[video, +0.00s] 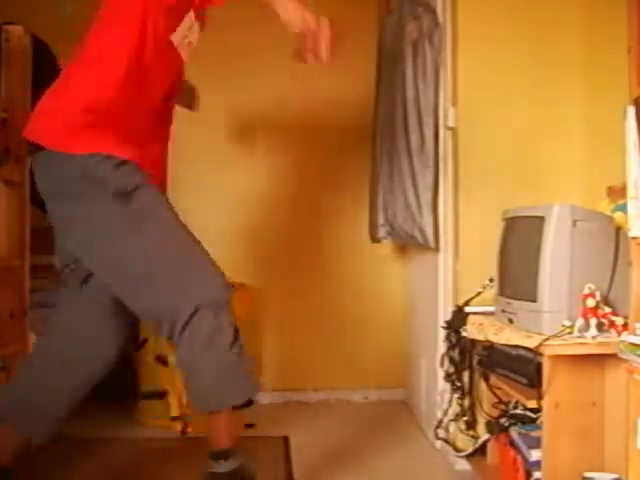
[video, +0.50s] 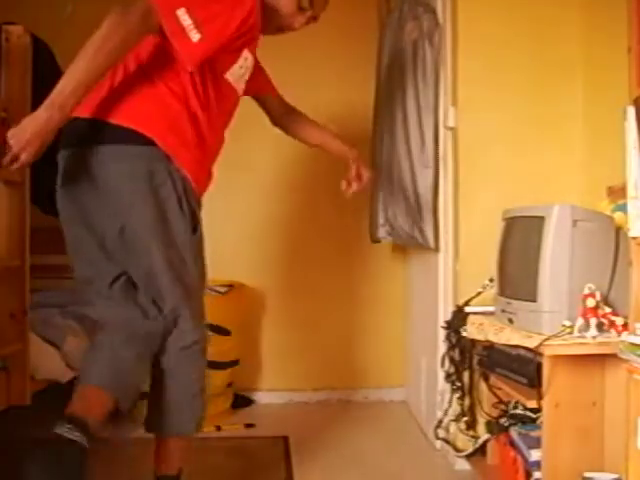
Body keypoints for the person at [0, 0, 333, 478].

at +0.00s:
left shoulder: (183, 16)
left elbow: (139, 58)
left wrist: (179, 88)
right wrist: (288, 7)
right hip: (85, 149)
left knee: (89, 333)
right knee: (198, 295)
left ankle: (5, 446)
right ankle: (225, 456)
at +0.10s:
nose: (252, 7)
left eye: (254, 4)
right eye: (252, 1)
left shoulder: (204, 21)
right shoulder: (185, 4)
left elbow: (214, 53)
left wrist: (256, 80)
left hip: (77, 165)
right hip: (118, 164)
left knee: (138, 336)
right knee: (196, 314)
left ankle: (12, 438)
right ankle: (167, 467)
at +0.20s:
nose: (285, 9)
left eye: (295, 5)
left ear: (292, 10)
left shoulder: (236, 46)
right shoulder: (205, 7)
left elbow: (265, 70)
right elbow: (181, 5)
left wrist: (327, 86)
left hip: (74, 164)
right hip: (118, 164)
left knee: (115, 338)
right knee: (193, 326)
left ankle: (70, 473)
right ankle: (166, 472)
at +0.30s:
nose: (296, 17)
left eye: (304, 13)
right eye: (299, 6)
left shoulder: (240, 49)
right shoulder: (220, 6)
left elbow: (288, 90)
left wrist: (364, 113)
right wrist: (70, 15)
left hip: (77, 150)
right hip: (131, 154)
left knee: (126, 321)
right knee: (187, 325)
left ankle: (47, 442)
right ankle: (171, 467)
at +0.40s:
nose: (302, 16)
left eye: (309, 13)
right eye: (303, 4)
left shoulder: (237, 55)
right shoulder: (234, 5)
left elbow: (285, 105)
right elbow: (139, 7)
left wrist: (359, 128)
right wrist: (55, 78)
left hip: (81, 140)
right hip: (147, 151)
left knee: (116, 314)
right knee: (175, 318)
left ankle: (42, 426)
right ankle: (171, 466)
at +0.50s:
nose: (305, 23)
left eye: (312, 19)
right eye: (308, 11)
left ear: (293, 13)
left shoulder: (243, 54)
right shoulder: (237, 8)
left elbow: (283, 113)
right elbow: (136, 14)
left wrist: (344, 150)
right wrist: (50, 114)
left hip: (87, 148)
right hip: (143, 152)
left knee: (129, 308)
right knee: (181, 320)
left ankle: (72, 432)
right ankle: (170, 470)